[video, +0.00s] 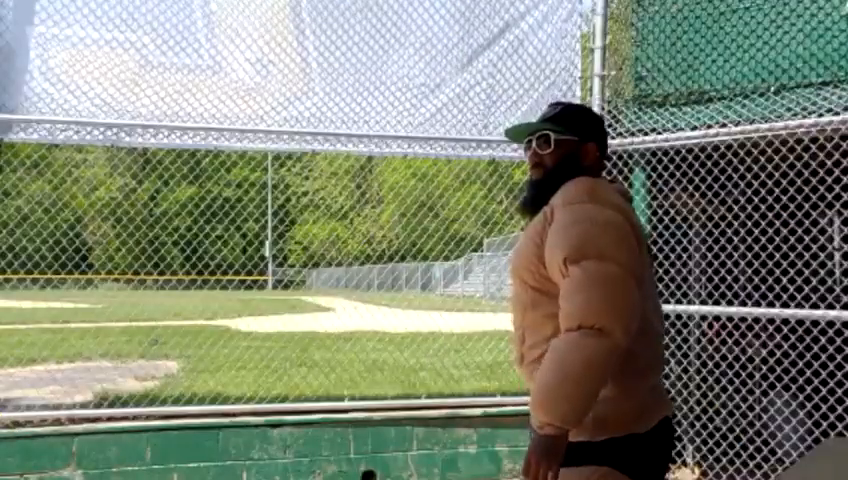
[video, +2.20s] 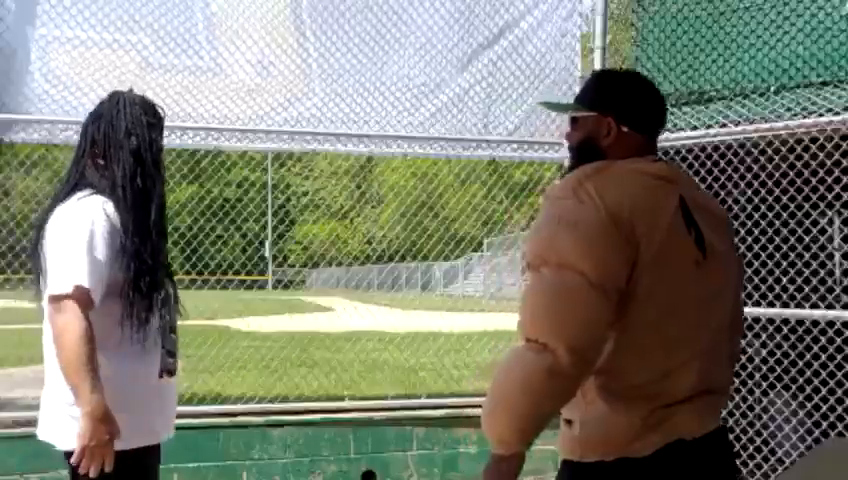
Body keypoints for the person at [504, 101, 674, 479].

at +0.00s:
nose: (532, 154)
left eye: (545, 141)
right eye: (530, 144)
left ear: (588, 152)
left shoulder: (584, 204)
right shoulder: (576, 203)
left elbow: (595, 324)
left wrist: (550, 425)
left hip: (606, 438)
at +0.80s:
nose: (520, 148)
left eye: (534, 135)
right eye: (523, 136)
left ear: (574, 145)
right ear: (575, 148)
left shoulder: (565, 205)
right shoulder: (601, 199)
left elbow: (559, 331)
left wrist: (491, 426)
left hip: (593, 450)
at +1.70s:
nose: (525, 136)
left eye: (534, 124)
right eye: (528, 124)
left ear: (568, 130)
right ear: (607, 136)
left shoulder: (553, 201)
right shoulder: (650, 199)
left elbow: (534, 347)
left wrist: (483, 457)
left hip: (588, 454)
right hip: (672, 438)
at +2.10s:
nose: (562, 135)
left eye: (571, 122)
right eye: (564, 122)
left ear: (605, 128)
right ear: (640, 133)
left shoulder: (586, 198)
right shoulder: (692, 199)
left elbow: (551, 342)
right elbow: (719, 324)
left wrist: (500, 445)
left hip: (612, 453)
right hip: (700, 440)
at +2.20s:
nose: (567, 135)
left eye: (576, 122)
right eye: (570, 122)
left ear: (610, 127)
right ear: (646, 133)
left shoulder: (591, 197)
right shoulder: (700, 201)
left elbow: (556, 343)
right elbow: (727, 329)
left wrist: (507, 446)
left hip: (615, 455)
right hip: (705, 444)